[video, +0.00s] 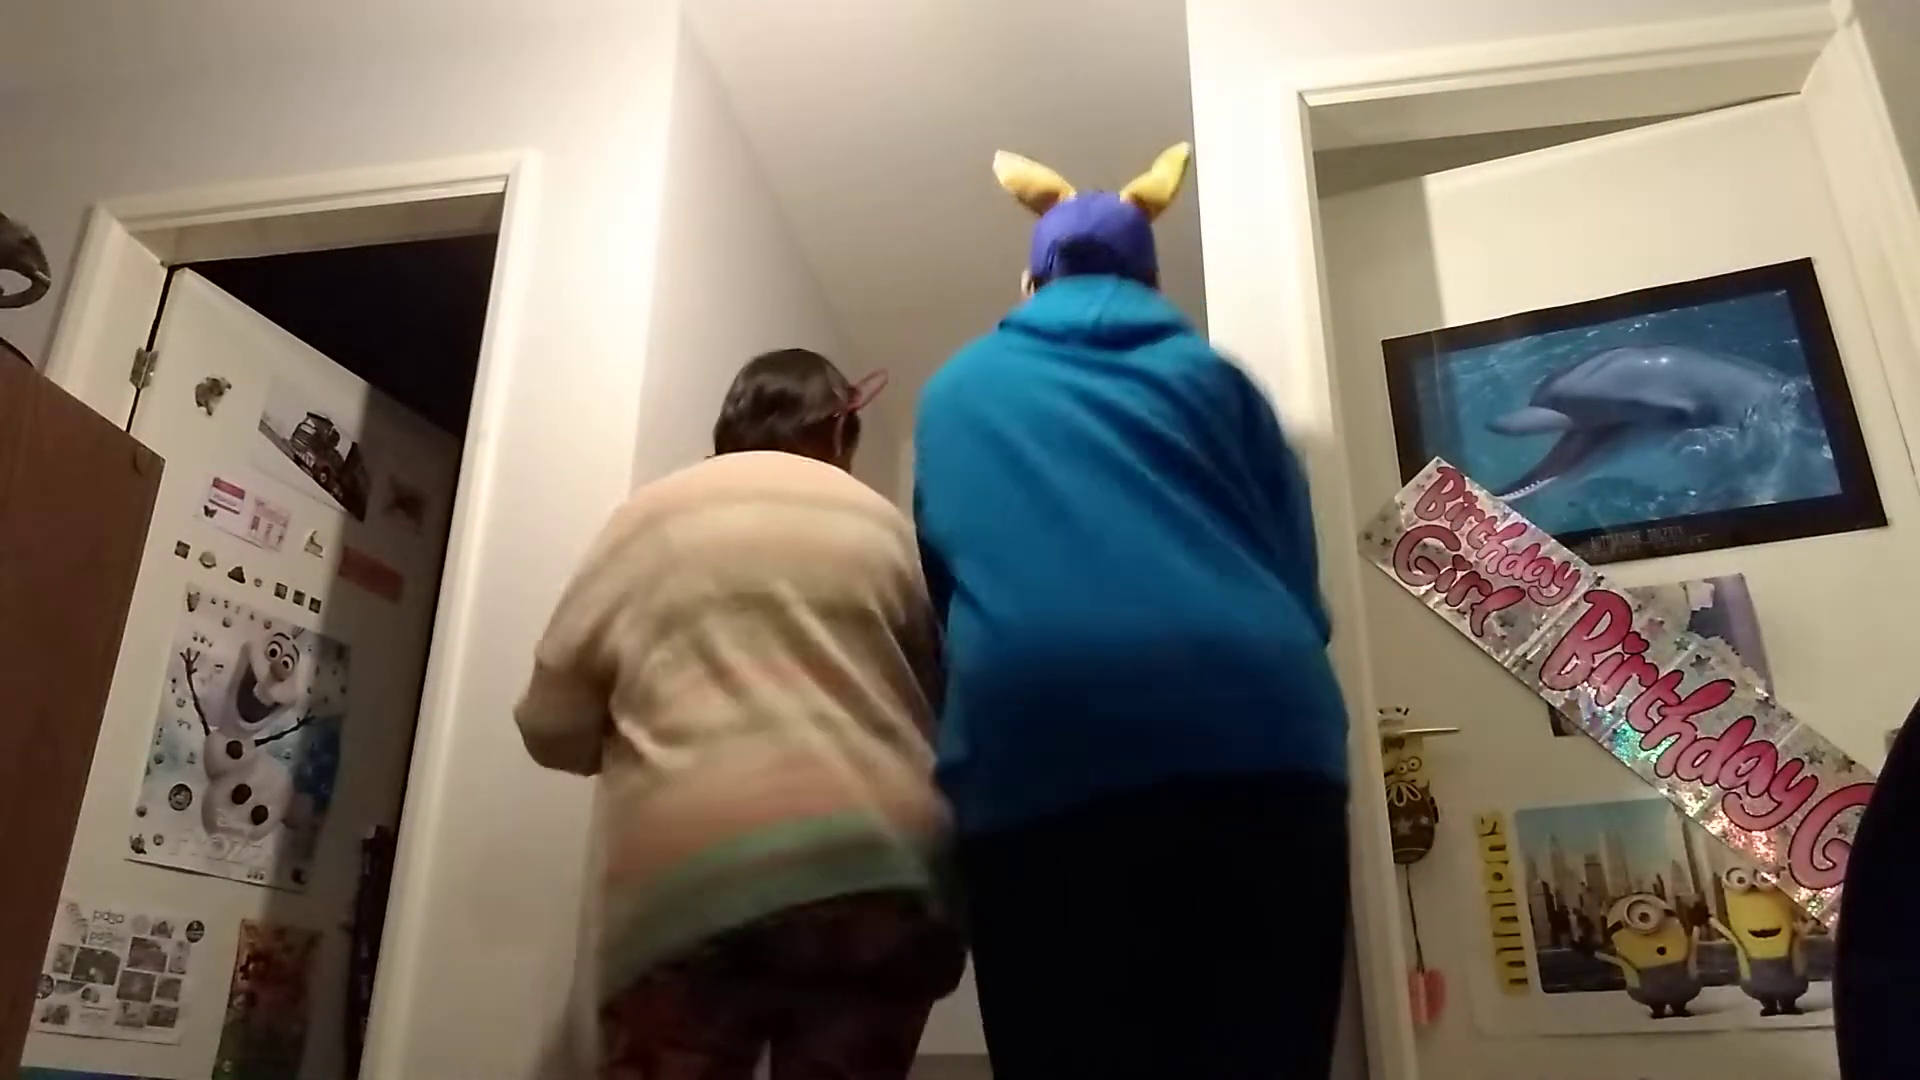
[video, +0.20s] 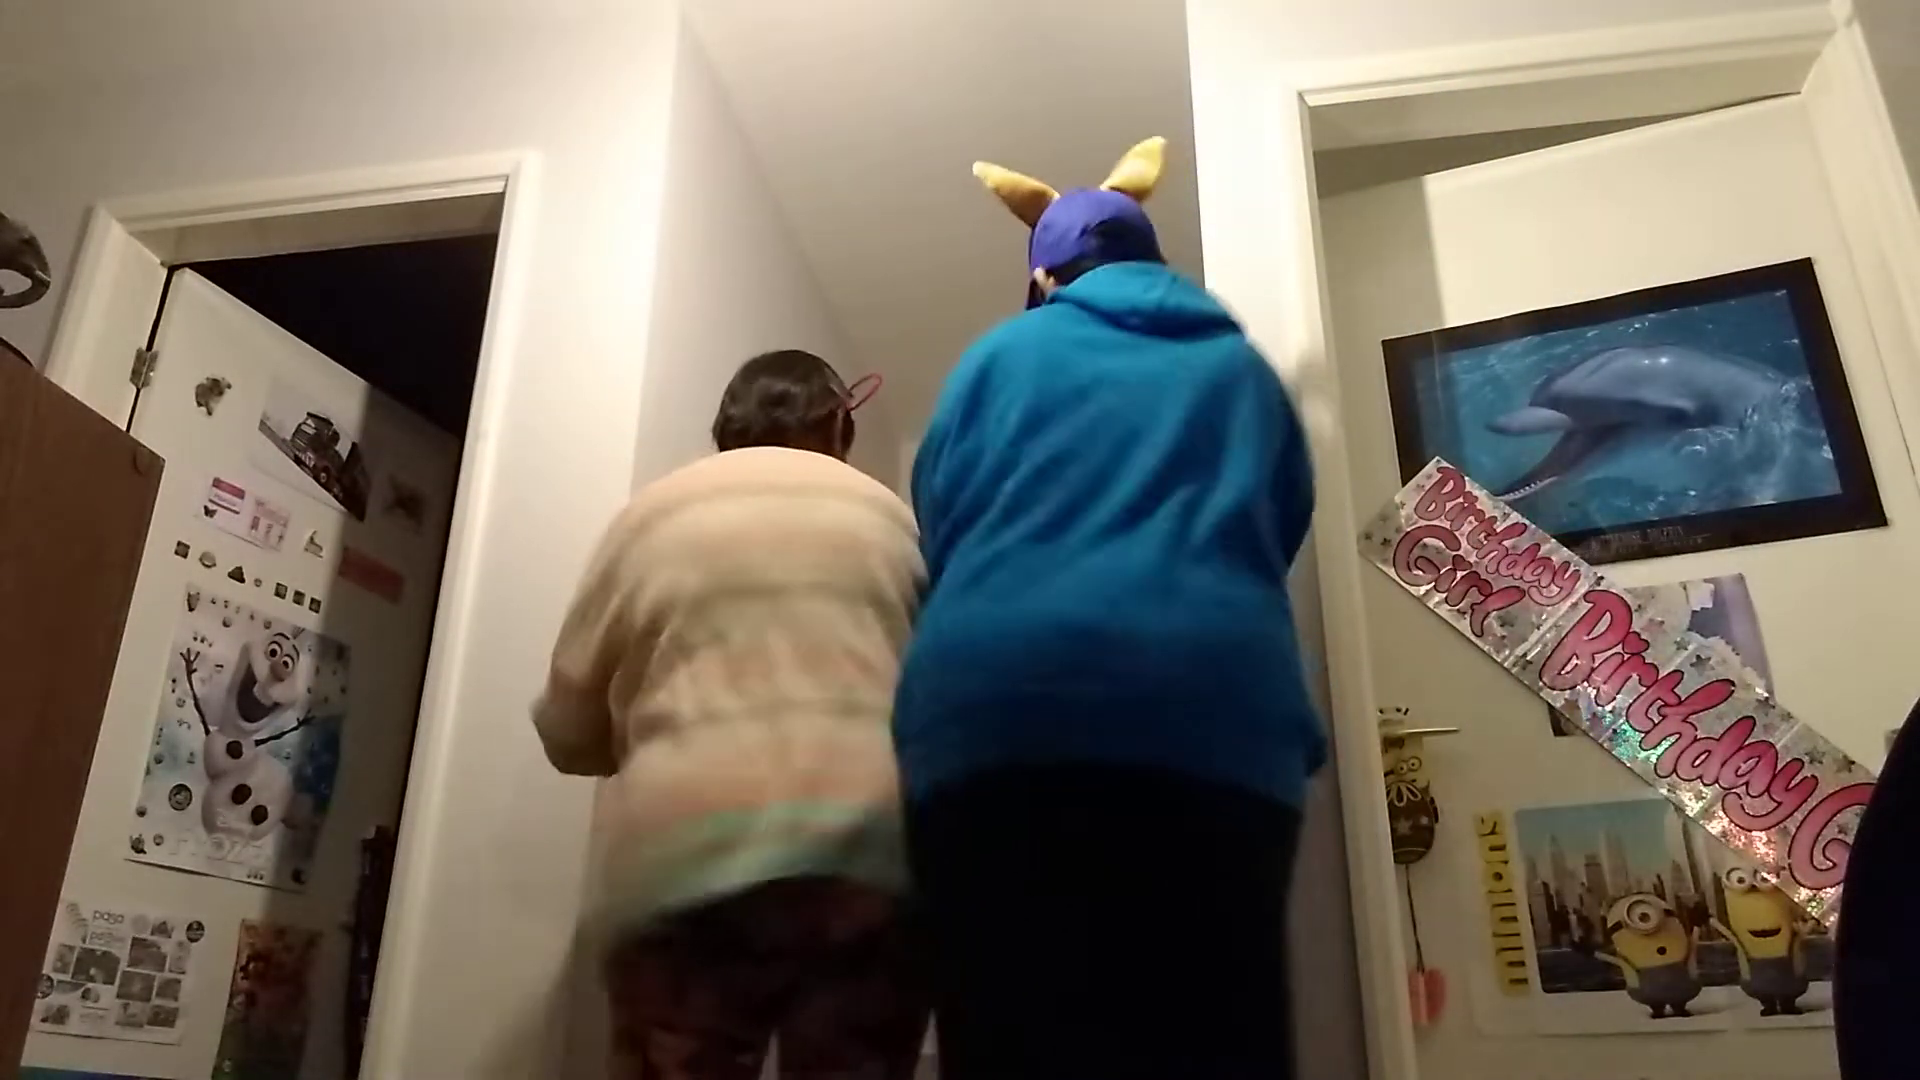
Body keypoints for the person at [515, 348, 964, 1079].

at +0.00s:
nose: (852, 450)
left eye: (850, 435)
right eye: (851, 433)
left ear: (723, 434)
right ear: (838, 431)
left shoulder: (644, 517)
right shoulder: (883, 520)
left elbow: (549, 720)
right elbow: (930, 686)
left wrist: (654, 742)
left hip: (684, 887)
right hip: (879, 866)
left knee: (670, 1065)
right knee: (849, 1065)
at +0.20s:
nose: (850, 437)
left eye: (848, 425)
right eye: (848, 425)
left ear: (723, 429)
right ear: (836, 426)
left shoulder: (650, 510)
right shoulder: (890, 513)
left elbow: (570, 727)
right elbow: (941, 666)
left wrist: (678, 727)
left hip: (679, 863)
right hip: (875, 858)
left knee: (683, 1062)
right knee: (853, 1065)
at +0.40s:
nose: (831, 443)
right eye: (830, 433)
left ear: (702, 442)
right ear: (820, 434)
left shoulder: (638, 516)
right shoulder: (876, 515)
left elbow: (559, 728)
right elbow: (930, 659)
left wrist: (667, 780)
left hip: (668, 854)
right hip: (860, 849)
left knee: (672, 1059)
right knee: (836, 1059)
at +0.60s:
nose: (818, 451)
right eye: (817, 442)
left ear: (691, 437)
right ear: (808, 445)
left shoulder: (634, 502)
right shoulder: (860, 518)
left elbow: (537, 694)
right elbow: (916, 678)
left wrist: (639, 727)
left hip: (667, 829)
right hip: (866, 832)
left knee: (650, 1063)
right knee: (826, 1062)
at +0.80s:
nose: (668, 475)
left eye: (671, 467)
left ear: (678, 471)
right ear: (791, 485)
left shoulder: (618, 526)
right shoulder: (844, 560)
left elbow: (520, 689)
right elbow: (912, 758)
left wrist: (608, 756)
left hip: (656, 872)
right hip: (853, 883)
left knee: (640, 1063)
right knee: (813, 1065)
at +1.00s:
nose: (633, 432)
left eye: (639, 423)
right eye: (639, 426)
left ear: (652, 420)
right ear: (750, 439)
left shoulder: (590, 485)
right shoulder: (790, 526)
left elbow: (483, 631)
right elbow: (831, 686)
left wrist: (556, 690)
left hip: (610, 843)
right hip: (793, 842)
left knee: (602, 1057)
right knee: (766, 1059)